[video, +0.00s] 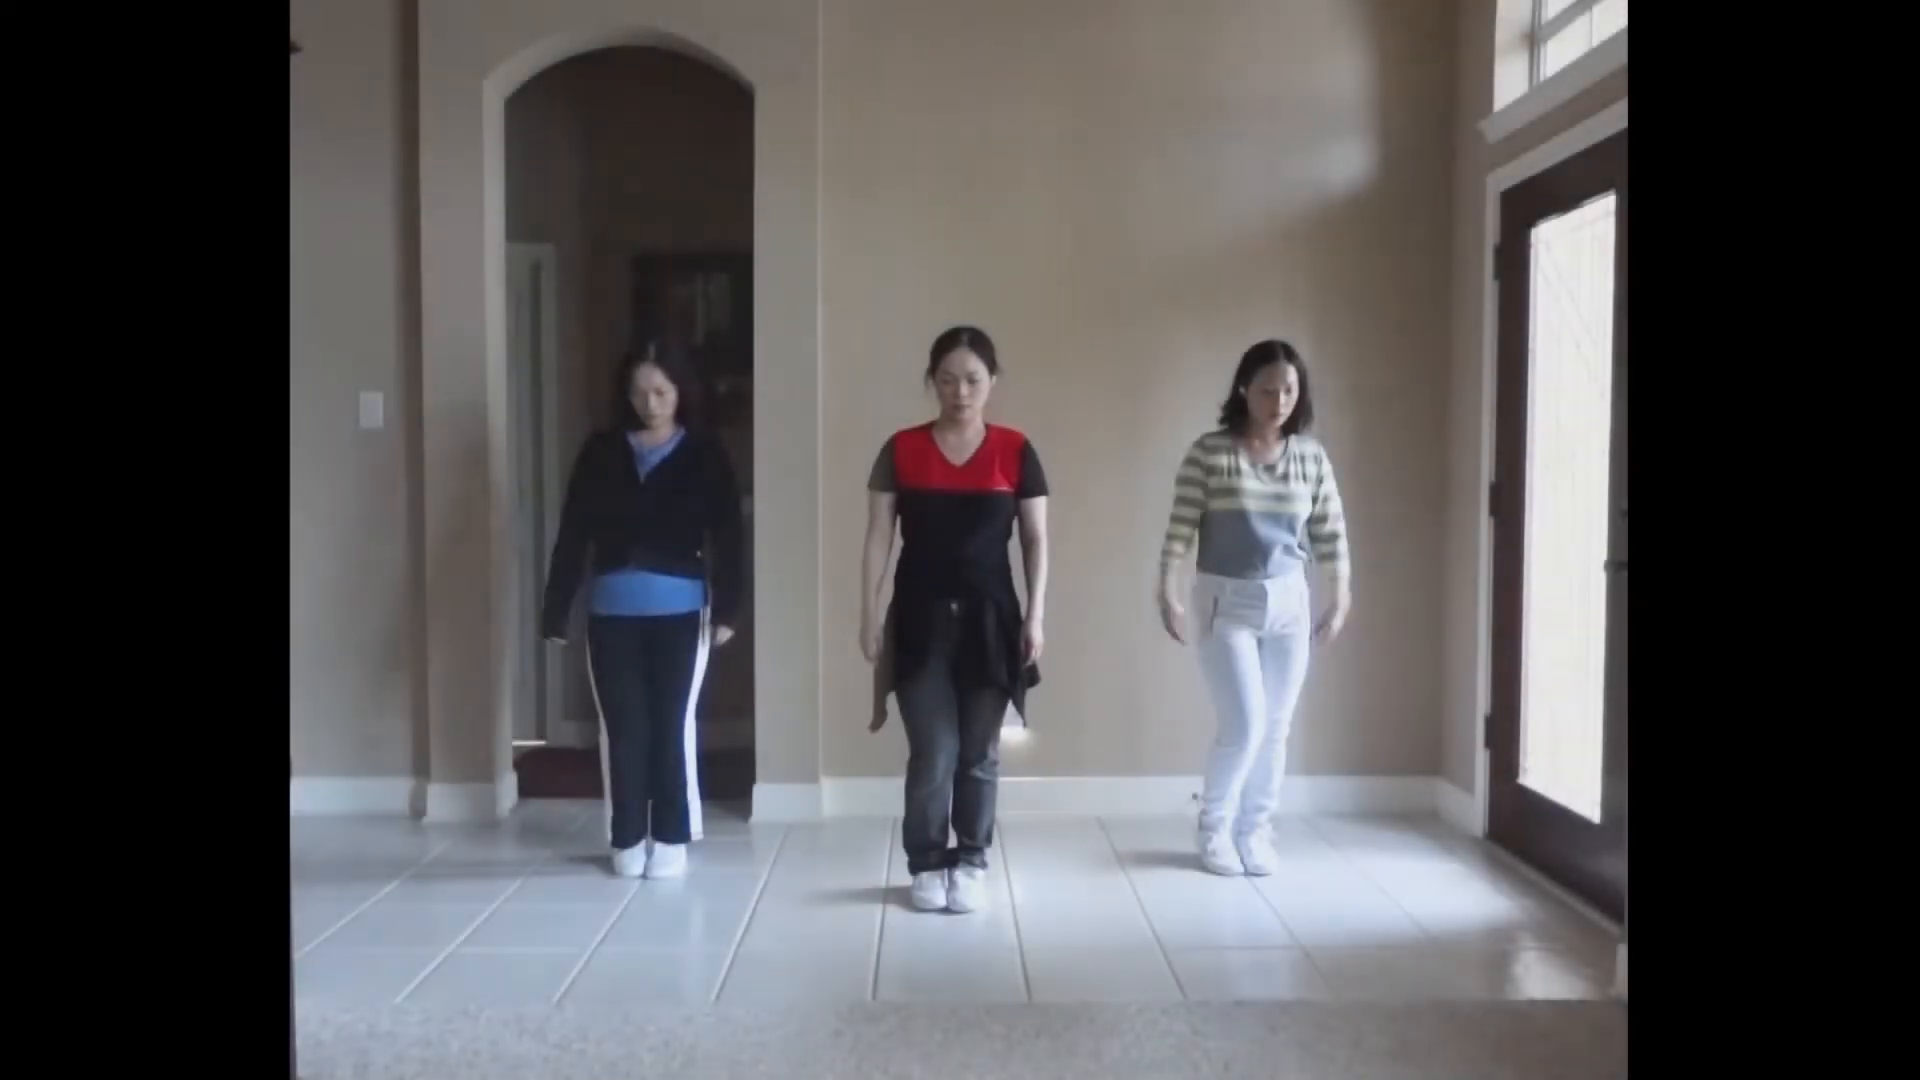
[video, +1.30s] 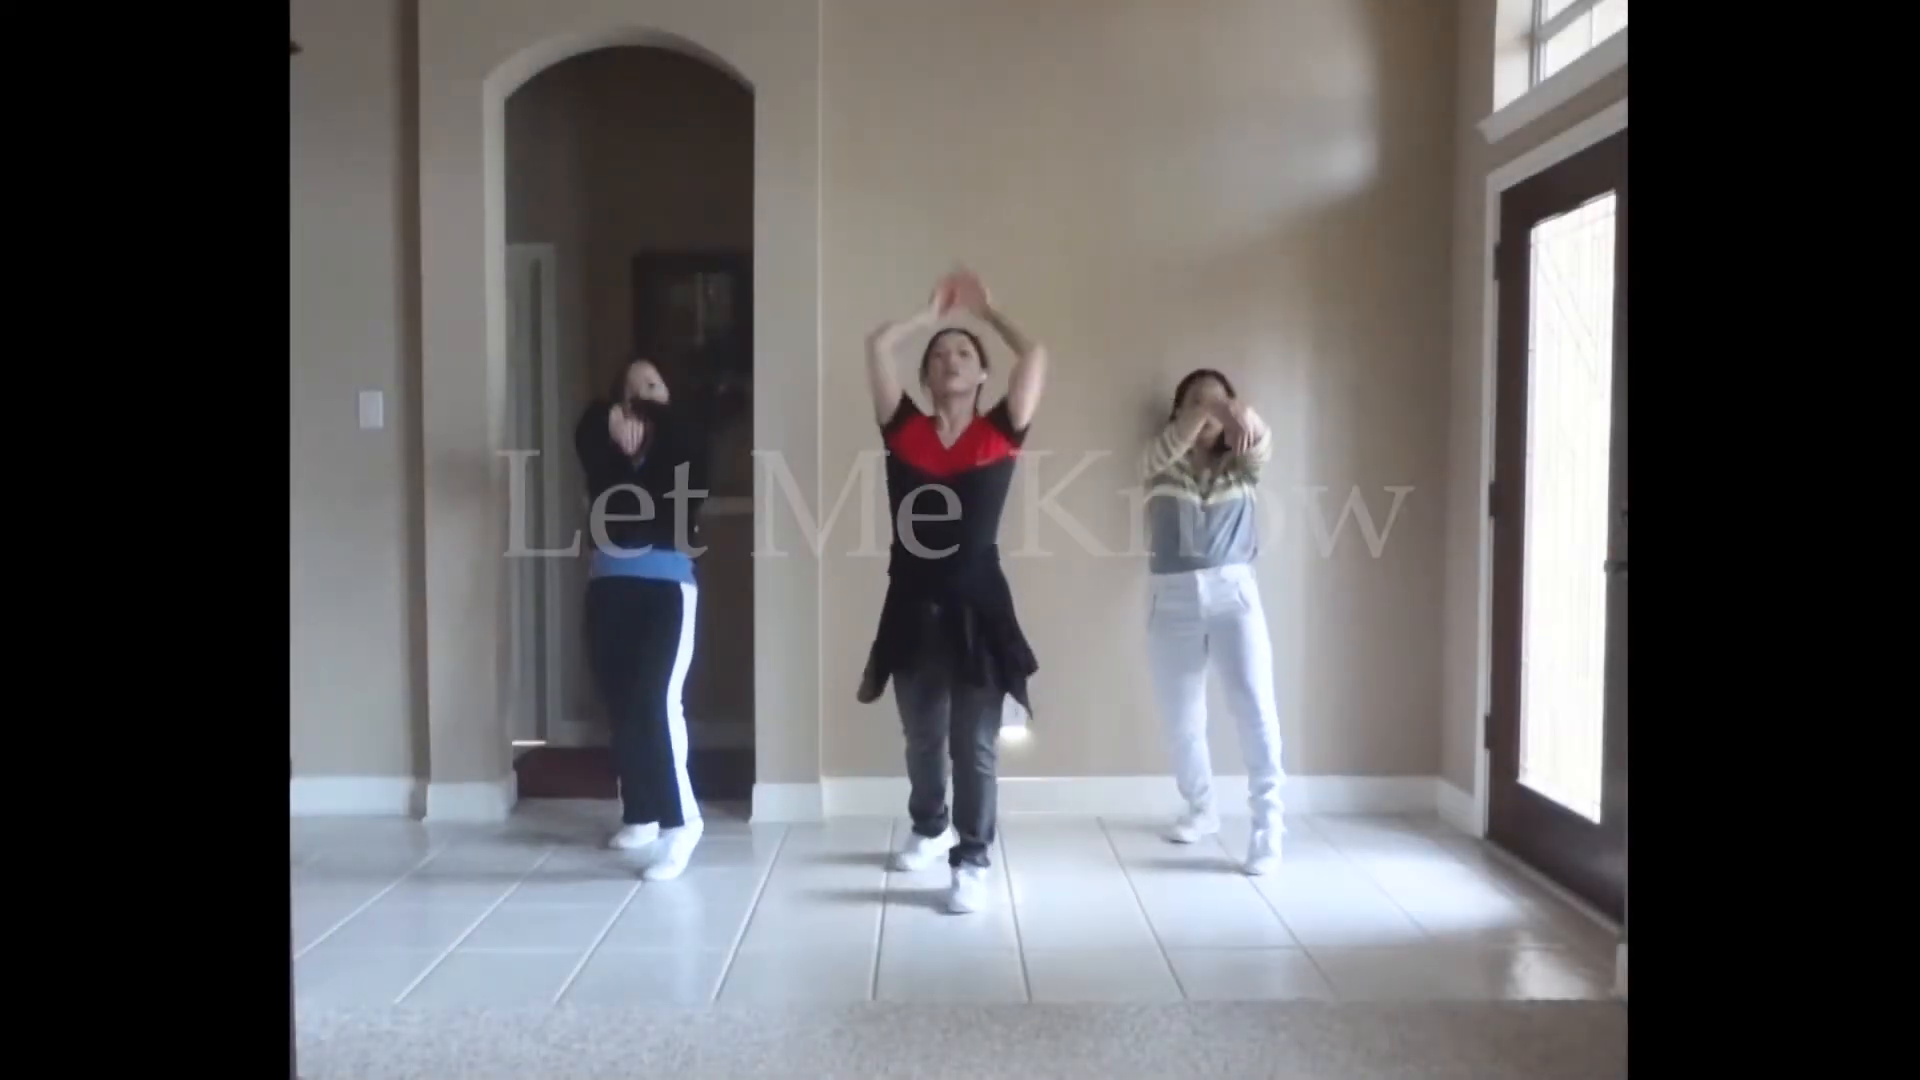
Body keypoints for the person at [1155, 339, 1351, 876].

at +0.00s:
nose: (1279, 399)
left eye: (1288, 389)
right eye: (1269, 388)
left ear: (1300, 395)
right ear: (1244, 390)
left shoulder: (1310, 457)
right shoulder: (1210, 452)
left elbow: (1330, 532)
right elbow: (1181, 526)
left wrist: (1341, 596)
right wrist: (1167, 592)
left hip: (1290, 607)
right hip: (1224, 606)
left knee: (1274, 728)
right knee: (1244, 725)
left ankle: (1256, 831)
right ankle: (1214, 830)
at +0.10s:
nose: (1279, 399)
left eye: (1289, 389)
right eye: (1269, 387)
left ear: (1300, 396)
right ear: (1245, 390)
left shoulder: (1312, 458)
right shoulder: (1209, 451)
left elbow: (1352, 517)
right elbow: (1169, 505)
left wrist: (1383, 568)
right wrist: (1137, 546)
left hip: (1289, 608)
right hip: (1223, 607)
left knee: (1276, 728)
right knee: (1244, 725)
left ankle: (1256, 831)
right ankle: (1214, 829)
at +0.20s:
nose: (1279, 404)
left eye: (1289, 394)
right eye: (1268, 392)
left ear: (1299, 400)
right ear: (1244, 394)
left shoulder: (1313, 458)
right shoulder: (1207, 452)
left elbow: (1363, 498)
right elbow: (1162, 487)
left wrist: (1408, 513)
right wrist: (1135, 490)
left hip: (1287, 610)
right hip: (1222, 608)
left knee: (1282, 729)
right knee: (1246, 724)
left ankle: (1257, 832)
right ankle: (1216, 827)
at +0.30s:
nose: (1279, 414)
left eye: (1288, 404)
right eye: (1269, 403)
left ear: (1298, 410)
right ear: (1244, 403)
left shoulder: (1312, 465)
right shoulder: (1205, 459)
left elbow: (1382, 499)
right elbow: (1144, 484)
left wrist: (1389, 438)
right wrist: (1141, 418)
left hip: (1285, 617)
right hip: (1219, 616)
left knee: (1285, 733)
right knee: (1248, 729)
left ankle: (1259, 835)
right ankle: (1204, 782)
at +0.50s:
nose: (1266, 431)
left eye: (1277, 421)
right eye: (1256, 419)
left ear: (1289, 423)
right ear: (1236, 417)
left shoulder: (1303, 467)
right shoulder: (1205, 459)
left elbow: (1361, 424)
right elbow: (1166, 431)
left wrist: (1312, 408)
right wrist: (1185, 412)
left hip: (1282, 616)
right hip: (1215, 615)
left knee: (1283, 731)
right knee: (1215, 726)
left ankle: (1257, 836)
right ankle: (1184, 747)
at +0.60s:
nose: (1258, 397)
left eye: (1269, 387)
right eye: (1247, 385)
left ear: (1281, 396)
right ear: (1229, 390)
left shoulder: (1295, 447)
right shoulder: (1202, 446)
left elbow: (1338, 385)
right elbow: (1177, 393)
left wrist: (1287, 348)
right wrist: (1197, 360)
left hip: (1276, 598)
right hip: (1210, 598)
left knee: (1273, 724)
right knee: (1195, 714)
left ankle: (1258, 834)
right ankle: (1183, 795)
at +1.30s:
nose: (1209, 418)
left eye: (1218, 407)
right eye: (1198, 406)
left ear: (1231, 418)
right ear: (1179, 413)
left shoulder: (1243, 463)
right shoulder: (1158, 461)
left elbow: (1258, 436)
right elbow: (1183, 431)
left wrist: (1233, 409)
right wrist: (1211, 408)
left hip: (1233, 591)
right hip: (1172, 596)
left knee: (1255, 711)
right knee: (1182, 721)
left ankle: (1267, 826)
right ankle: (1199, 808)